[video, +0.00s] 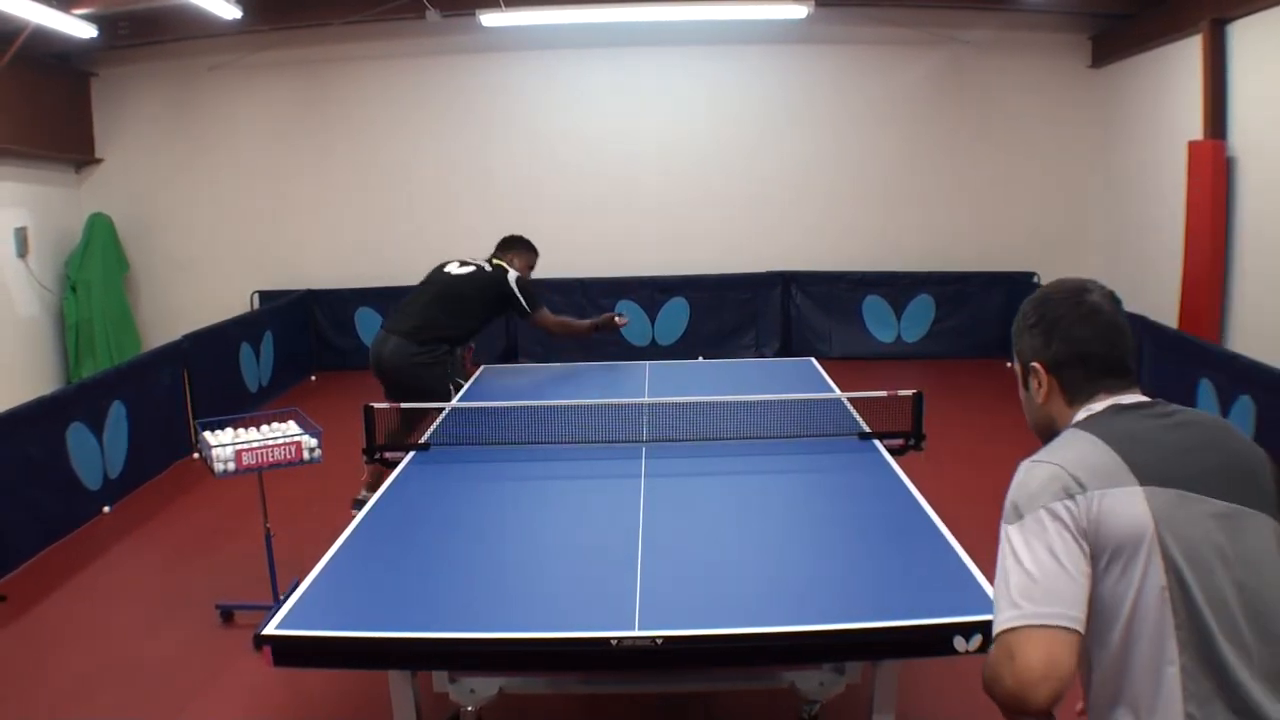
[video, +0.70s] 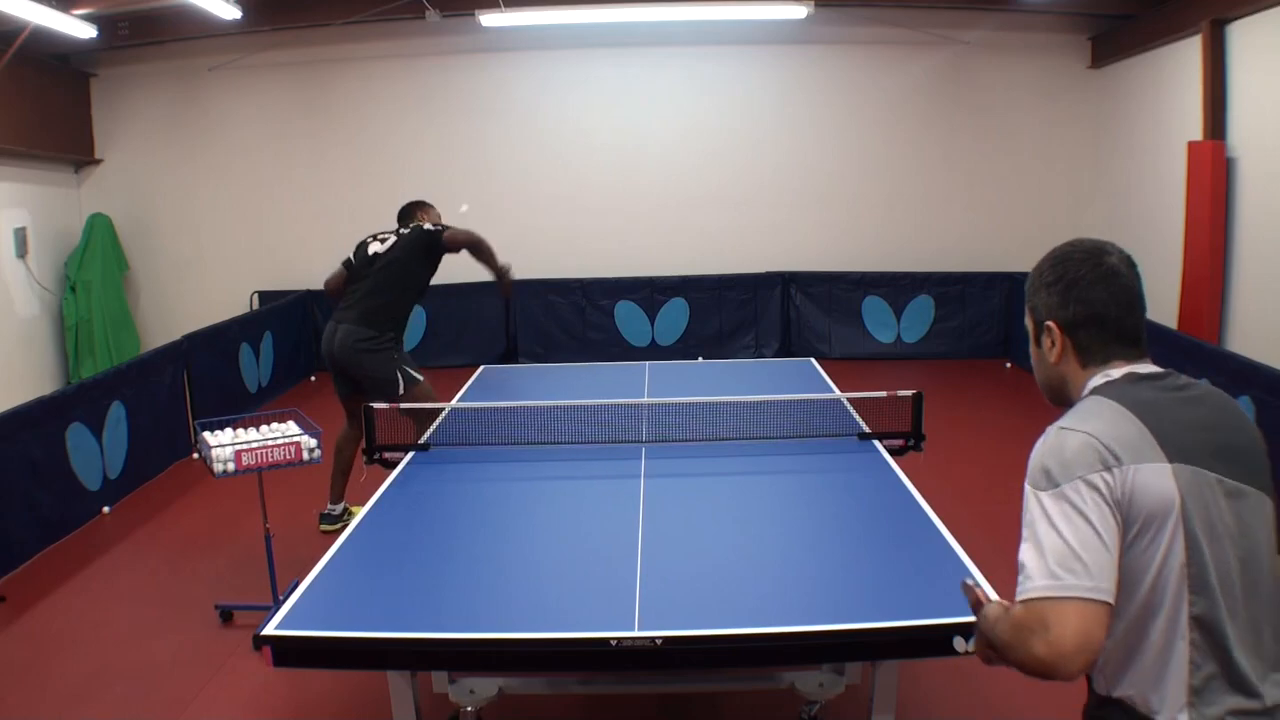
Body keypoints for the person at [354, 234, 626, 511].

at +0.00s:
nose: (528, 277)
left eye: (530, 271)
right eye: (527, 270)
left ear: (498, 256)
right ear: (514, 261)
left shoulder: (456, 265)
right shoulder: (509, 281)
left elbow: (429, 305)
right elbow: (550, 324)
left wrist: (455, 349)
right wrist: (596, 324)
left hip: (385, 349)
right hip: (418, 359)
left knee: (412, 415)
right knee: (454, 420)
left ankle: (372, 486)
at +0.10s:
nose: (514, 257)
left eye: (515, 250)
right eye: (513, 250)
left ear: (480, 242)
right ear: (497, 245)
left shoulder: (440, 257)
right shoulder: (494, 264)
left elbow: (431, 298)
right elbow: (542, 300)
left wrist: (468, 331)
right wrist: (593, 304)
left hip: (380, 350)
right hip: (418, 358)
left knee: (398, 414)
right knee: (464, 416)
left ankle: (349, 493)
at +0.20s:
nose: (493, 243)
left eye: (494, 237)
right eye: (491, 236)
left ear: (458, 230)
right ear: (475, 230)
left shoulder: (421, 254)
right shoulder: (474, 251)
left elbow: (410, 298)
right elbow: (535, 273)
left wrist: (454, 322)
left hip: (373, 354)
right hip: (408, 361)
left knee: (381, 423)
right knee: (471, 411)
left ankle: (338, 503)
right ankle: (459, 495)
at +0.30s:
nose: (474, 233)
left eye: (473, 228)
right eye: (470, 227)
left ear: (436, 227)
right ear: (455, 228)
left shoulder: (403, 252)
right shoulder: (453, 246)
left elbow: (391, 303)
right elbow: (514, 243)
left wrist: (435, 332)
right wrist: (557, 218)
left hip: (359, 351)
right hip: (392, 356)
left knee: (375, 425)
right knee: (456, 419)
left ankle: (336, 507)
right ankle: (446, 501)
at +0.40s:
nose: (456, 227)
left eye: (455, 222)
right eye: (450, 222)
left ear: (419, 224)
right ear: (428, 223)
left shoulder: (386, 250)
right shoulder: (434, 239)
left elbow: (357, 305)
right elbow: (496, 223)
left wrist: (403, 344)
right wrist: (541, 201)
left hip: (346, 346)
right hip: (377, 349)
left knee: (363, 427)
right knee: (437, 429)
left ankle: (334, 508)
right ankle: (449, 507)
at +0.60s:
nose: (440, 219)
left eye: (438, 214)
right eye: (435, 214)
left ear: (403, 219)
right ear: (417, 216)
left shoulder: (368, 242)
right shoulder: (424, 231)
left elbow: (331, 284)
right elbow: (472, 223)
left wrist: (360, 317)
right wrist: (516, 229)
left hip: (337, 340)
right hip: (373, 342)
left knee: (355, 424)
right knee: (423, 422)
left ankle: (334, 508)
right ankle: (439, 503)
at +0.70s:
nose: (439, 224)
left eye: (438, 219)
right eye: (436, 219)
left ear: (403, 222)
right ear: (423, 218)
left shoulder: (371, 243)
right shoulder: (428, 235)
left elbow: (332, 285)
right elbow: (472, 239)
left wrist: (361, 307)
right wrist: (499, 270)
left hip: (335, 339)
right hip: (370, 342)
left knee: (355, 423)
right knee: (432, 414)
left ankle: (334, 509)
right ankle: (438, 501)